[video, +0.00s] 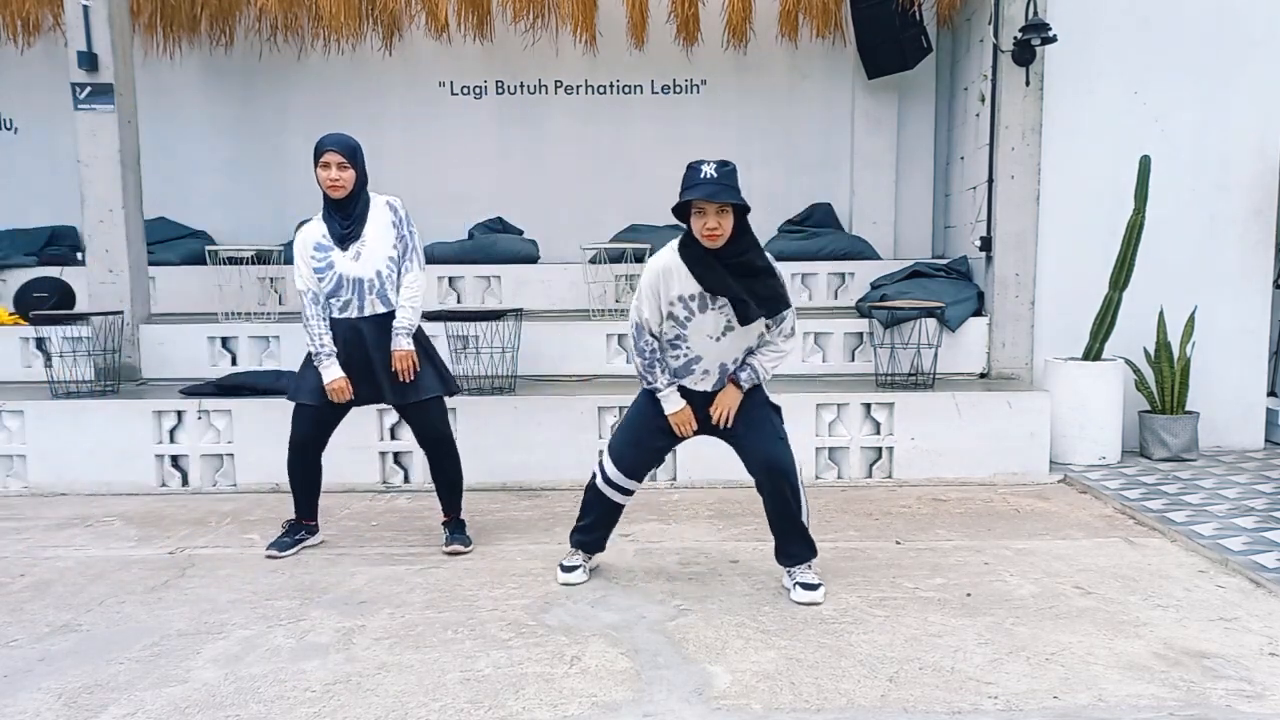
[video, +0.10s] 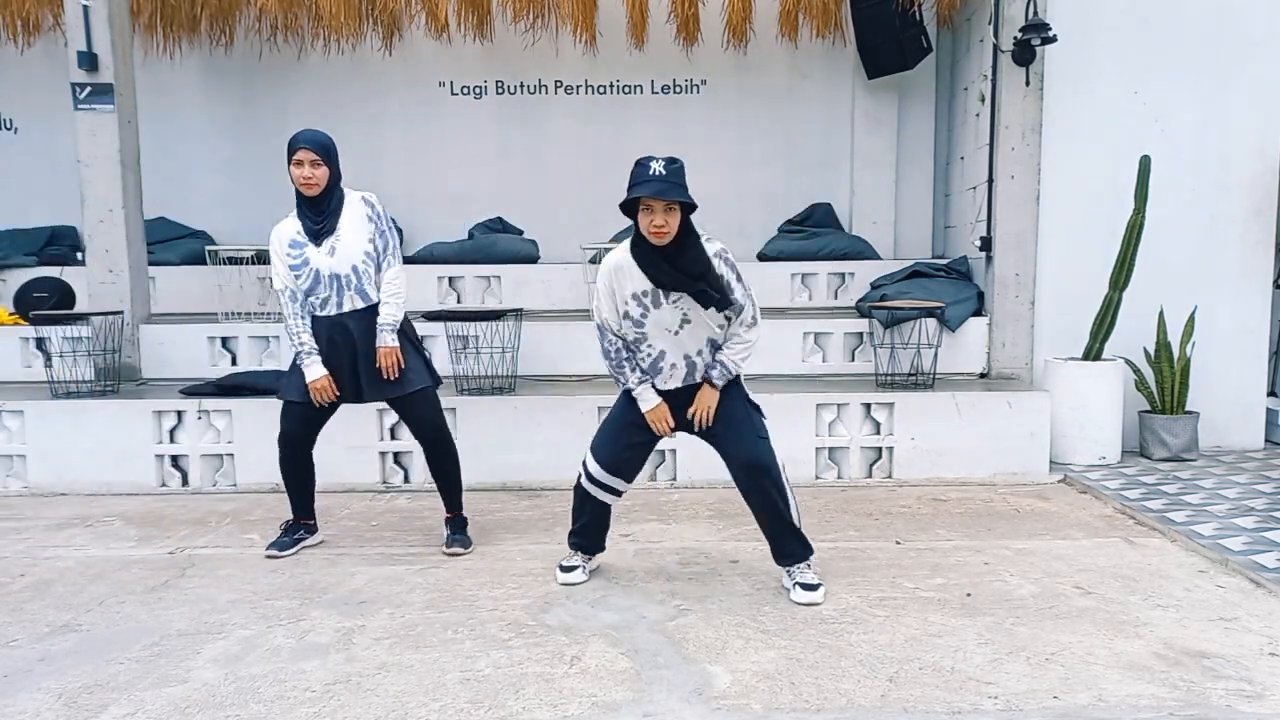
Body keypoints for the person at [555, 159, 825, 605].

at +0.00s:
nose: (711, 223)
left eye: (721, 212)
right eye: (700, 212)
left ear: (737, 214)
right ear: (687, 216)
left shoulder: (759, 267)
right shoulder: (664, 267)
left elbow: (782, 335)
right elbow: (642, 339)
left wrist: (739, 384)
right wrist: (670, 399)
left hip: (738, 392)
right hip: (671, 391)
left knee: (776, 465)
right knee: (620, 461)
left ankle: (799, 564)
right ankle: (583, 548)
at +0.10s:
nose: (658, 220)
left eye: (668, 209)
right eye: (648, 210)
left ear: (684, 211)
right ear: (634, 213)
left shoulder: (712, 255)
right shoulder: (616, 267)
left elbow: (747, 322)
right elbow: (612, 343)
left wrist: (714, 383)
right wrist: (647, 398)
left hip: (714, 387)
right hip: (647, 391)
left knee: (756, 462)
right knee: (600, 465)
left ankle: (796, 562)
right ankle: (584, 549)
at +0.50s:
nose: (588, 177)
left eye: (598, 167)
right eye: (579, 167)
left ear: (613, 169)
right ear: (565, 169)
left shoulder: (644, 209)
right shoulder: (552, 231)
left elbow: (677, 274)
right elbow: (553, 306)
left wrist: (676, 341)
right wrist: (583, 358)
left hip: (659, 349)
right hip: (596, 358)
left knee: (709, 447)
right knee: (579, 458)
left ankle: (767, 538)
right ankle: (580, 548)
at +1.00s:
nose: (703, 258)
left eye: (713, 248)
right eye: (693, 247)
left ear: (725, 250)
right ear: (677, 248)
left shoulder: (739, 293)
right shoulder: (643, 288)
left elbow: (787, 336)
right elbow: (596, 334)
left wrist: (755, 380)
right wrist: (613, 388)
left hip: (718, 396)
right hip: (649, 398)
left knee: (766, 462)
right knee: (595, 467)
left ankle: (792, 554)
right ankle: (582, 550)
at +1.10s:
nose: (742, 228)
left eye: (752, 218)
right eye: (732, 217)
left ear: (766, 222)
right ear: (716, 219)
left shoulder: (776, 273)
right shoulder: (679, 260)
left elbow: (809, 329)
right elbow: (628, 310)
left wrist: (769, 374)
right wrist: (628, 369)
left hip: (734, 387)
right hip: (663, 382)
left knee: (775, 457)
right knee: (607, 453)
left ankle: (792, 552)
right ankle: (579, 547)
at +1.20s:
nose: (760, 184)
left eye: (771, 174)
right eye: (751, 174)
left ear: (786, 177)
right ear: (735, 174)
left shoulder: (801, 238)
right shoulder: (702, 218)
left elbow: (812, 311)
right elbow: (650, 274)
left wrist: (779, 360)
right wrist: (643, 344)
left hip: (748, 372)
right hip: (679, 358)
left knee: (776, 455)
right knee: (615, 436)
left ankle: (792, 552)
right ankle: (574, 534)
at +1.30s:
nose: (766, 164)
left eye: (776, 154)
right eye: (757, 153)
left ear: (791, 157)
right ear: (741, 154)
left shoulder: (806, 224)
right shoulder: (708, 200)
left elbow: (812, 298)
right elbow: (663, 265)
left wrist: (786, 351)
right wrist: (653, 330)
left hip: (754, 356)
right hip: (688, 345)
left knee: (773, 456)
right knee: (631, 440)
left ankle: (791, 551)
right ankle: (582, 525)